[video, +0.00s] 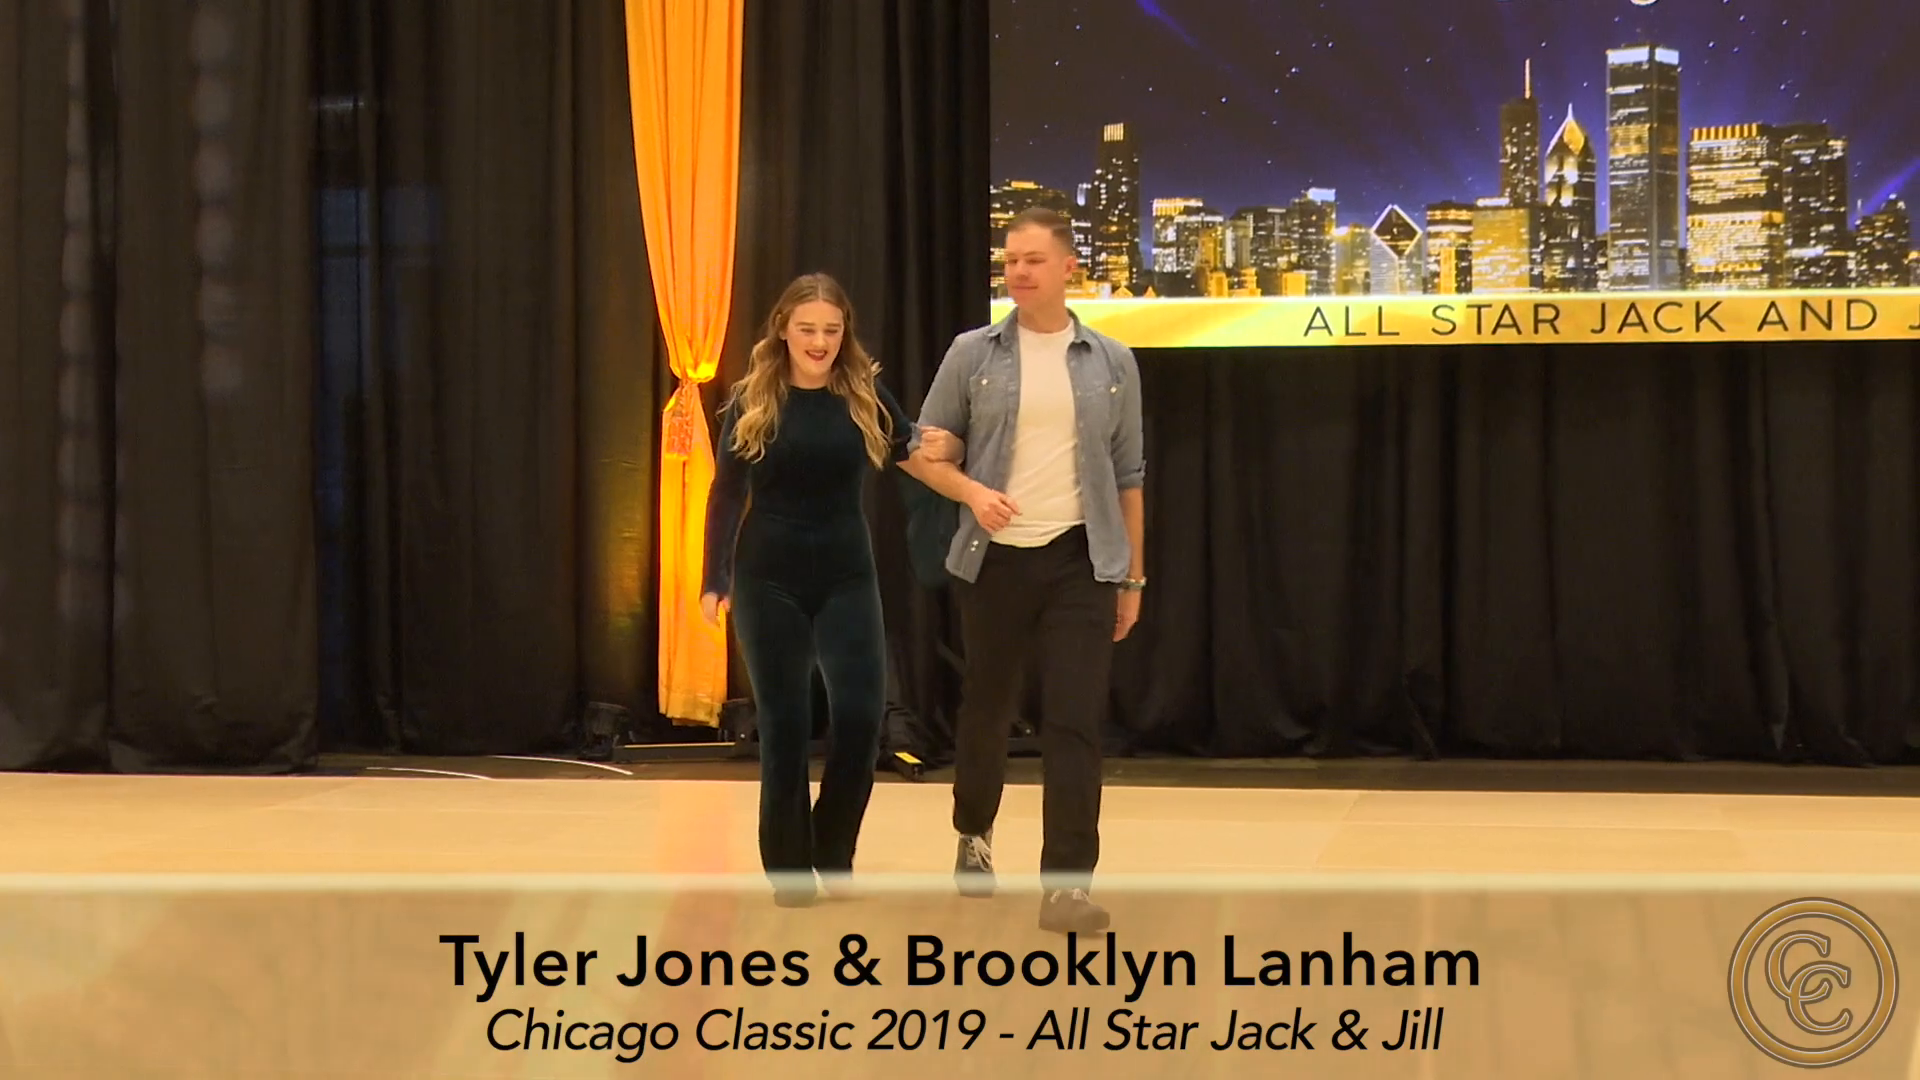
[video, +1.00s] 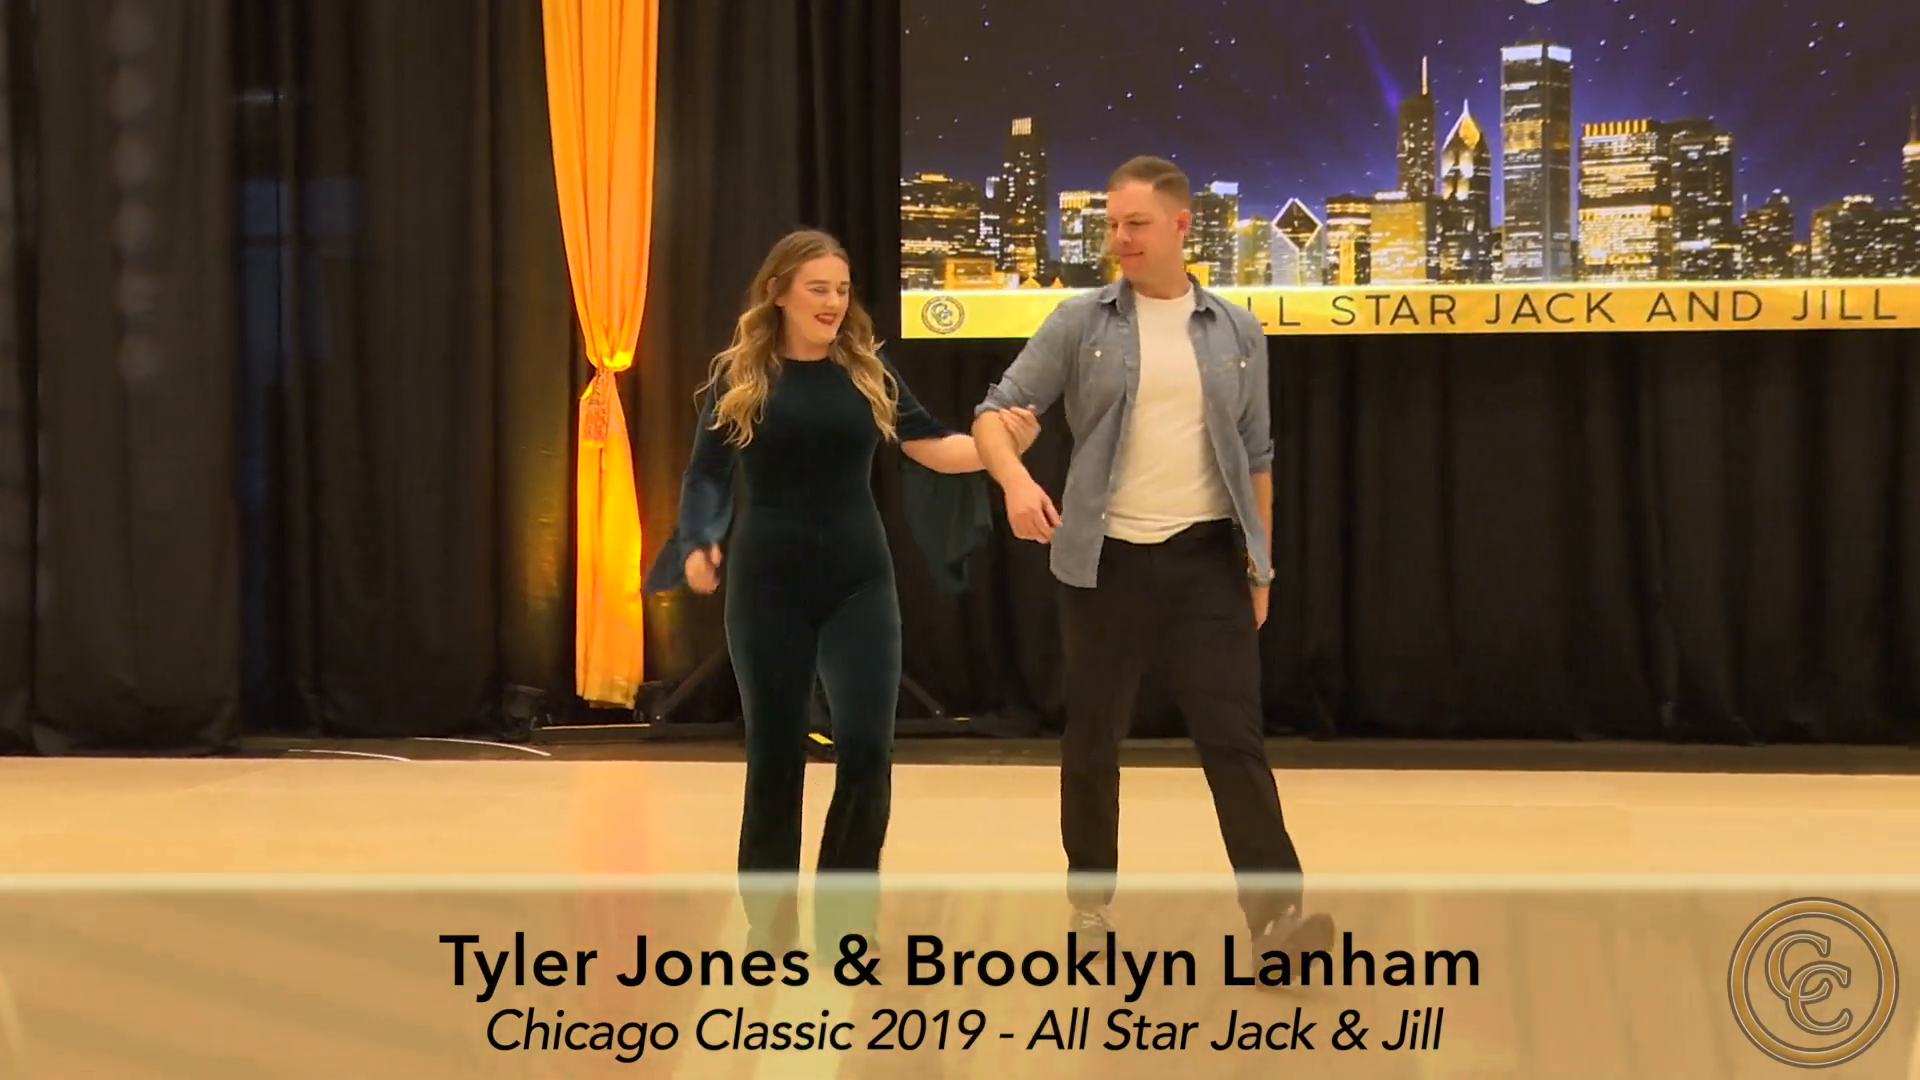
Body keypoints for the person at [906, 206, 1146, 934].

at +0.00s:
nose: (1016, 272)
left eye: (1031, 260)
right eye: (1010, 261)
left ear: (1069, 268)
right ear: (1004, 269)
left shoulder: (1114, 360)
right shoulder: (972, 352)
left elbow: (1129, 478)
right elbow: (922, 455)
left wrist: (1131, 577)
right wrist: (970, 491)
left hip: (1084, 558)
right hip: (997, 559)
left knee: (1075, 723)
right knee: (990, 709)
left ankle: (1069, 886)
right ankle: (973, 838)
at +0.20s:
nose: (1066, 248)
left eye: (1079, 236)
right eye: (1054, 237)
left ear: (1102, 247)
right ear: (1034, 247)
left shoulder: (1140, 342)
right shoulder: (995, 334)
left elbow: (1169, 453)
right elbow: (939, 441)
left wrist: (1181, 555)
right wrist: (989, 476)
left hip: (1115, 548)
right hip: (1024, 546)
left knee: (1090, 725)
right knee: (1034, 704)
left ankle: (1061, 887)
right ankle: (1001, 855)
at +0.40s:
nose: (1095, 250)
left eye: (1104, 237)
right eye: (1078, 239)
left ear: (1119, 245)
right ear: (1050, 251)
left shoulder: (1162, 343)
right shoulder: (1013, 343)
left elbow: (1201, 436)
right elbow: (946, 449)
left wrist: (1217, 496)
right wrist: (1000, 487)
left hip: (1136, 560)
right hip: (1047, 556)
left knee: (1089, 724)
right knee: (1075, 723)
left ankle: (1034, 883)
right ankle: (1120, 898)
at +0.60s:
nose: (1117, 234)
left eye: (1125, 220)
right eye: (1100, 224)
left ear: (1140, 229)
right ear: (1070, 239)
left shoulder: (1184, 329)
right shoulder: (1033, 335)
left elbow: (1221, 436)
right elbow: (961, 438)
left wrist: (1240, 529)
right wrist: (1000, 505)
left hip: (1174, 554)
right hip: (1082, 554)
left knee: (1150, 739)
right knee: (1113, 742)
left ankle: (1061, 833)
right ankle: (1138, 919)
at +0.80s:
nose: (1115, 222)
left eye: (1130, 207)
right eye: (1101, 209)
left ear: (1163, 211)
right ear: (1085, 216)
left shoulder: (1206, 316)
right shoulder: (1054, 310)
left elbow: (1232, 444)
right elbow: (972, 410)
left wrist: (1247, 559)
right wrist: (987, 495)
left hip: (1194, 544)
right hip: (1093, 546)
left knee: (1214, 724)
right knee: (1097, 737)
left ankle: (1186, 908)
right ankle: (1110, 916)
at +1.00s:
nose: (1121, 238)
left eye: (1136, 224)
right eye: (1113, 225)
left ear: (1180, 225)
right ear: (1108, 231)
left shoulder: (1238, 329)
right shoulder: (1080, 320)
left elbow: (1257, 459)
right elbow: (993, 416)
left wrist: (1260, 570)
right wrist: (1013, 478)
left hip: (1208, 558)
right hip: (1102, 558)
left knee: (1234, 744)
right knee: (1091, 743)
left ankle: (1278, 918)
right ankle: (1090, 907)